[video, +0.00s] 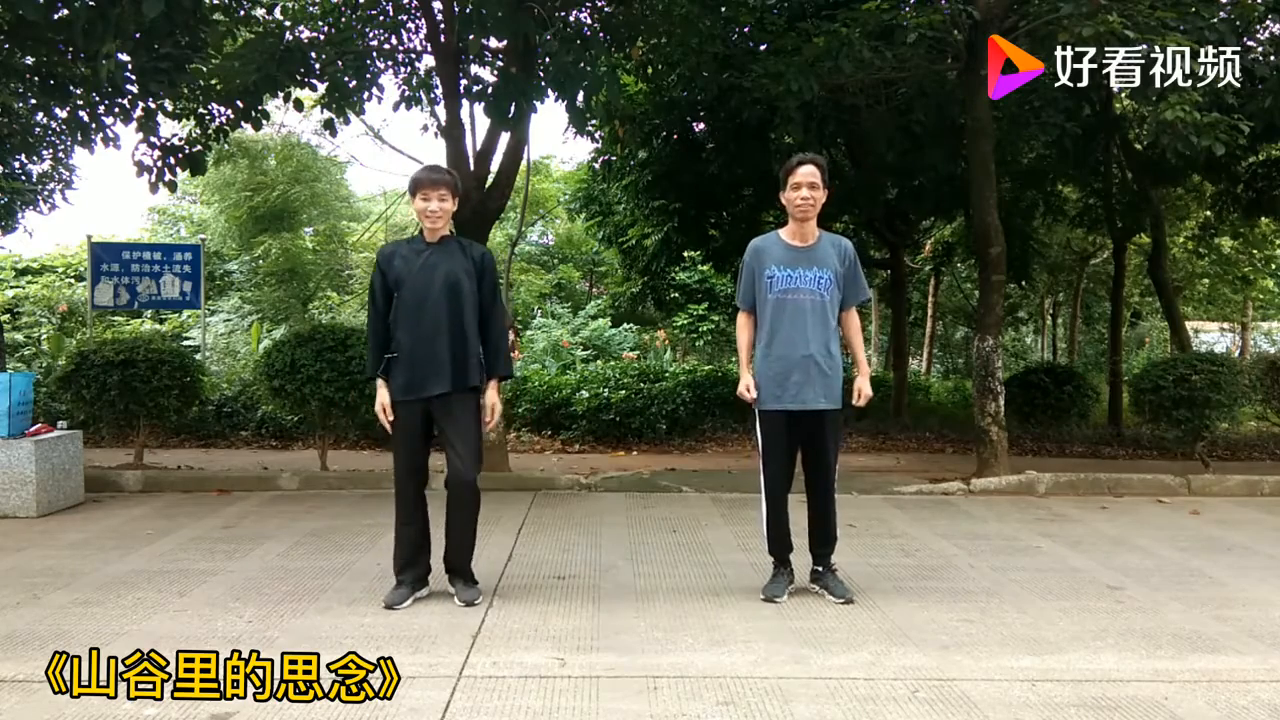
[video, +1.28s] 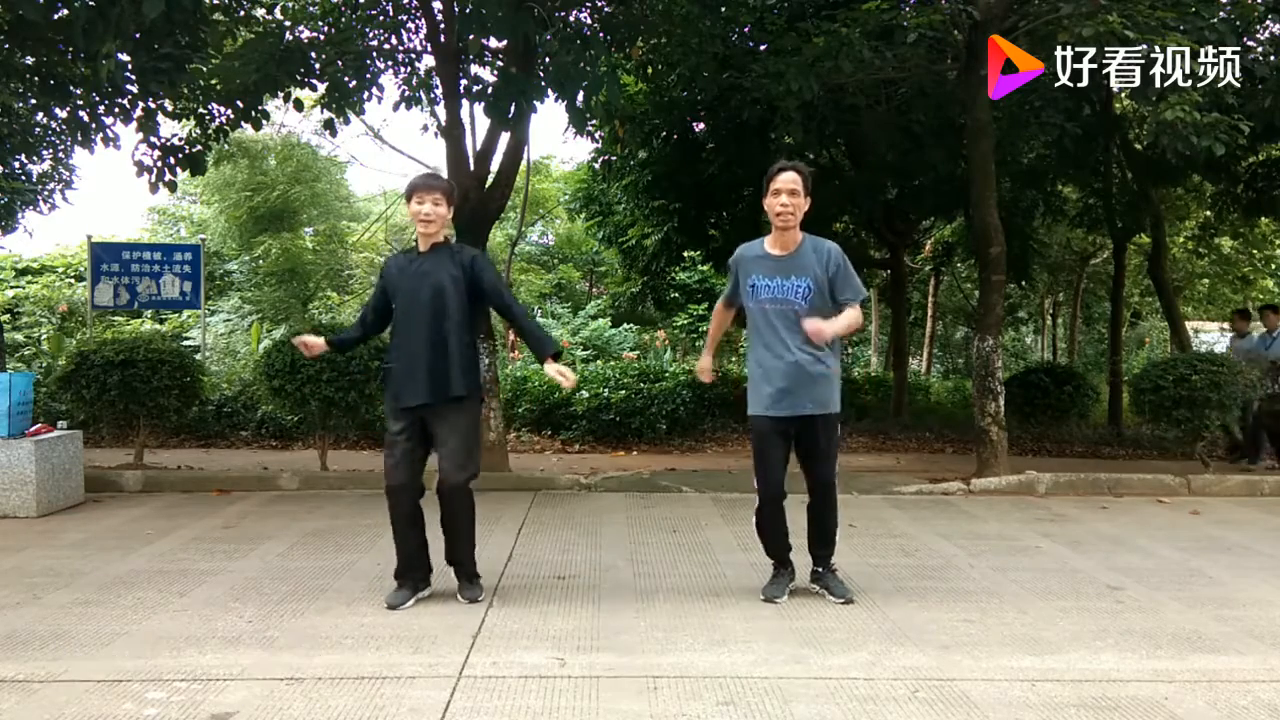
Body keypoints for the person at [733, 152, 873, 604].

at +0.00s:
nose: (804, 195)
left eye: (813, 187)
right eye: (796, 187)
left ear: (824, 195)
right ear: (783, 196)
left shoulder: (841, 250)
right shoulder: (759, 250)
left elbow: (849, 312)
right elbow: (745, 313)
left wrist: (863, 368)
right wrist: (744, 368)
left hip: (825, 387)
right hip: (773, 387)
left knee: (822, 484)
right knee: (775, 485)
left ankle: (822, 568)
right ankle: (781, 568)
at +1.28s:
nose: (785, 202)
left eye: (794, 194)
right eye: (777, 194)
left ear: (806, 203)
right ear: (765, 202)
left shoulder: (828, 254)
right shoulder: (745, 258)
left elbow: (855, 313)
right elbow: (727, 305)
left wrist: (830, 327)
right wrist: (707, 352)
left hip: (819, 393)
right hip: (766, 394)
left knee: (824, 487)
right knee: (769, 490)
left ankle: (823, 568)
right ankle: (781, 567)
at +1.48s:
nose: (779, 197)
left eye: (787, 188)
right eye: (771, 189)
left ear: (801, 197)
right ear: (759, 198)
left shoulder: (823, 246)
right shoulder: (738, 256)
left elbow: (857, 301)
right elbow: (718, 317)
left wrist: (817, 298)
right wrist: (696, 372)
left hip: (818, 375)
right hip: (763, 382)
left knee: (829, 443)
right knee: (765, 484)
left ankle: (827, 519)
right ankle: (782, 566)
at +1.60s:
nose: (777, 190)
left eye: (785, 182)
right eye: (769, 183)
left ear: (800, 187)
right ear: (759, 191)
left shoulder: (823, 237)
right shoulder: (742, 248)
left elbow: (846, 288)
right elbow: (722, 311)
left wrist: (841, 334)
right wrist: (740, 364)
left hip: (816, 353)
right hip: (765, 365)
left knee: (819, 382)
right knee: (772, 467)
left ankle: (820, 469)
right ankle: (782, 552)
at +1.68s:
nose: (778, 199)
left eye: (786, 191)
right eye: (770, 192)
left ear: (801, 197)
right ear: (759, 200)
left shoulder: (822, 247)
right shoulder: (742, 255)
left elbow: (841, 305)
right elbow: (723, 313)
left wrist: (854, 359)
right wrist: (761, 332)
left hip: (813, 359)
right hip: (764, 372)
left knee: (818, 371)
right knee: (771, 468)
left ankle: (817, 461)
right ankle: (781, 555)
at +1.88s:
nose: (782, 188)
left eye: (790, 180)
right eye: (774, 182)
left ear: (806, 185)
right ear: (765, 190)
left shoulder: (827, 240)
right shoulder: (745, 240)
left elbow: (839, 294)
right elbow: (726, 296)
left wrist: (854, 343)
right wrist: (772, 264)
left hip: (812, 363)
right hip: (759, 370)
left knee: (813, 432)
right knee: (770, 463)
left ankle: (810, 528)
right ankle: (781, 545)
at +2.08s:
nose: (786, 208)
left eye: (794, 200)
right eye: (778, 201)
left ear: (809, 206)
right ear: (768, 211)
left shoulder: (830, 263)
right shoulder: (748, 263)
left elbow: (838, 324)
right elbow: (725, 328)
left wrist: (852, 374)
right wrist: (758, 332)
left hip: (812, 398)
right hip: (760, 400)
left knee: (806, 486)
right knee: (762, 489)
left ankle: (796, 579)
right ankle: (773, 542)